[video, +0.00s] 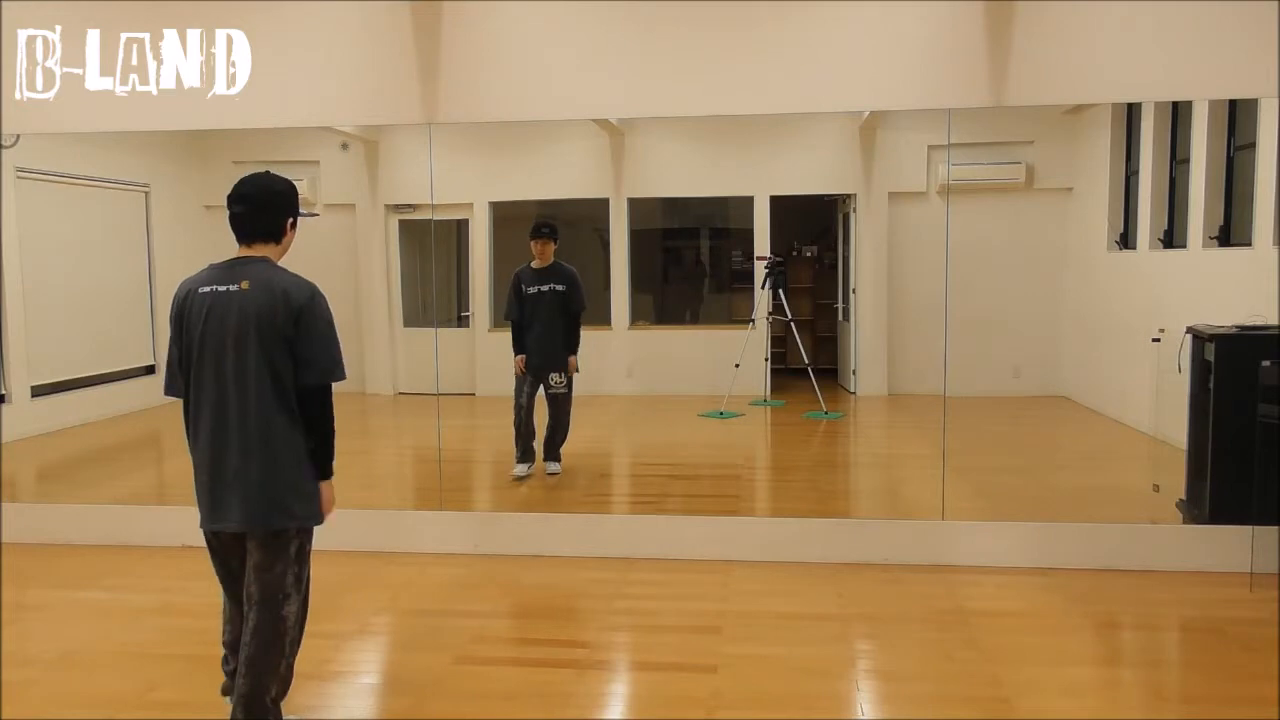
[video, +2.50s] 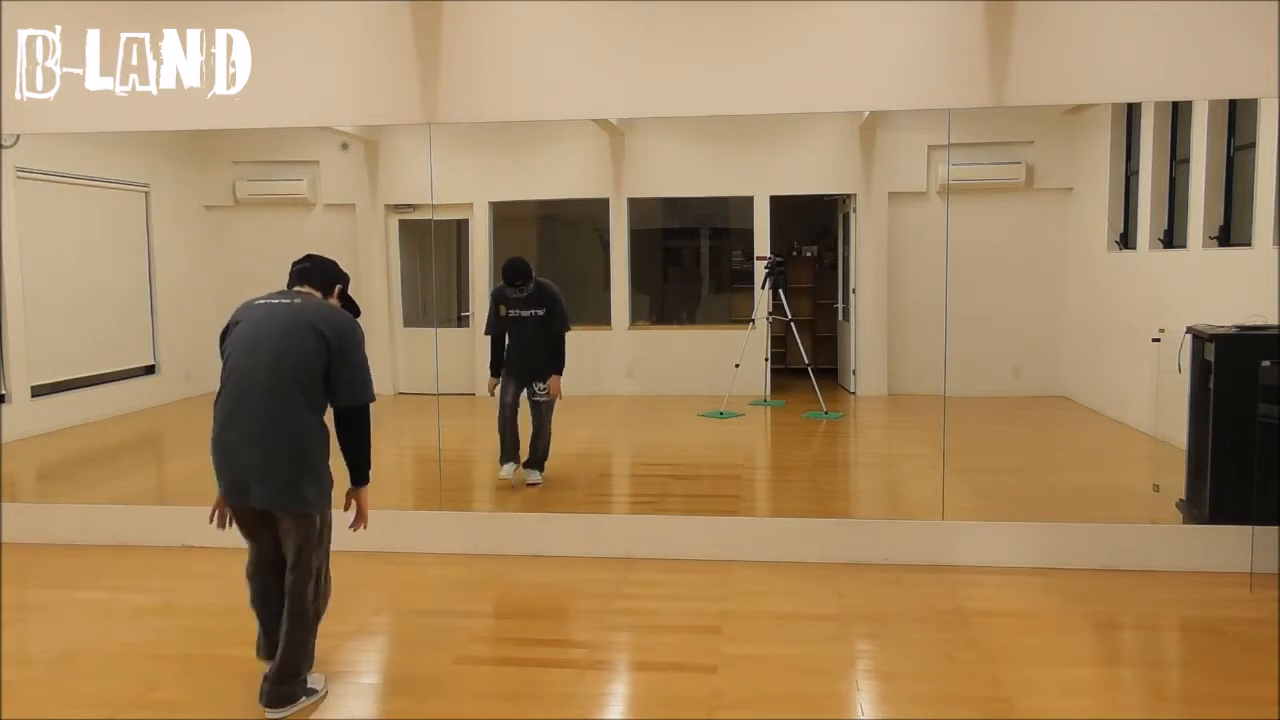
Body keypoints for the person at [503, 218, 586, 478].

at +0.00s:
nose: (540, 248)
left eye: (544, 243)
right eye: (536, 243)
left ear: (555, 245)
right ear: (531, 245)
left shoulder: (568, 275)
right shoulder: (521, 276)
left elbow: (575, 317)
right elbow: (516, 318)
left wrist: (572, 353)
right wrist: (518, 352)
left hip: (559, 354)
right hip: (529, 353)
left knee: (559, 410)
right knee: (522, 407)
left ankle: (552, 457)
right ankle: (524, 459)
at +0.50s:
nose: (532, 244)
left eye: (537, 239)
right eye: (528, 239)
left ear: (547, 240)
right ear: (522, 241)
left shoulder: (562, 269)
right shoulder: (516, 267)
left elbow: (577, 305)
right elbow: (508, 304)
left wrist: (571, 341)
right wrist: (512, 338)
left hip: (555, 344)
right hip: (526, 344)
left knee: (555, 404)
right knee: (526, 405)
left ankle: (553, 457)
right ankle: (531, 458)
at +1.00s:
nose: (525, 293)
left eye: (529, 288)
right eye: (521, 289)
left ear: (537, 279)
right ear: (513, 283)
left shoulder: (554, 290)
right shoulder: (507, 293)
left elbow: (564, 328)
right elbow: (503, 331)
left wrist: (570, 366)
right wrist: (500, 363)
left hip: (549, 354)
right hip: (521, 356)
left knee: (544, 392)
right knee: (521, 407)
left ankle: (544, 437)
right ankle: (530, 458)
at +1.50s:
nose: (526, 289)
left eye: (529, 285)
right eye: (521, 286)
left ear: (535, 276)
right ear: (512, 279)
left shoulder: (551, 282)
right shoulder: (503, 284)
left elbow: (565, 318)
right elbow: (496, 320)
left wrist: (568, 356)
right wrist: (495, 354)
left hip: (547, 351)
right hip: (519, 350)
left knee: (548, 408)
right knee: (518, 408)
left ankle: (544, 460)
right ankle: (530, 458)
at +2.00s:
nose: (521, 296)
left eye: (525, 292)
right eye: (516, 292)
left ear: (533, 284)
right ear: (508, 287)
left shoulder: (549, 297)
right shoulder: (501, 301)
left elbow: (563, 337)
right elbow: (495, 342)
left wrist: (563, 377)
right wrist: (493, 379)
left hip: (547, 363)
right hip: (519, 362)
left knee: (544, 416)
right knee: (511, 406)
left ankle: (540, 466)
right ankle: (528, 426)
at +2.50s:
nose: (520, 292)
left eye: (524, 288)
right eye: (515, 289)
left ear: (531, 279)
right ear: (507, 283)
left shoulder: (549, 293)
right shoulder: (500, 295)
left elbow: (559, 336)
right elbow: (497, 337)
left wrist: (557, 374)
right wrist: (495, 373)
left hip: (544, 364)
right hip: (515, 362)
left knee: (542, 420)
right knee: (506, 407)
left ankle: (535, 467)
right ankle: (509, 460)